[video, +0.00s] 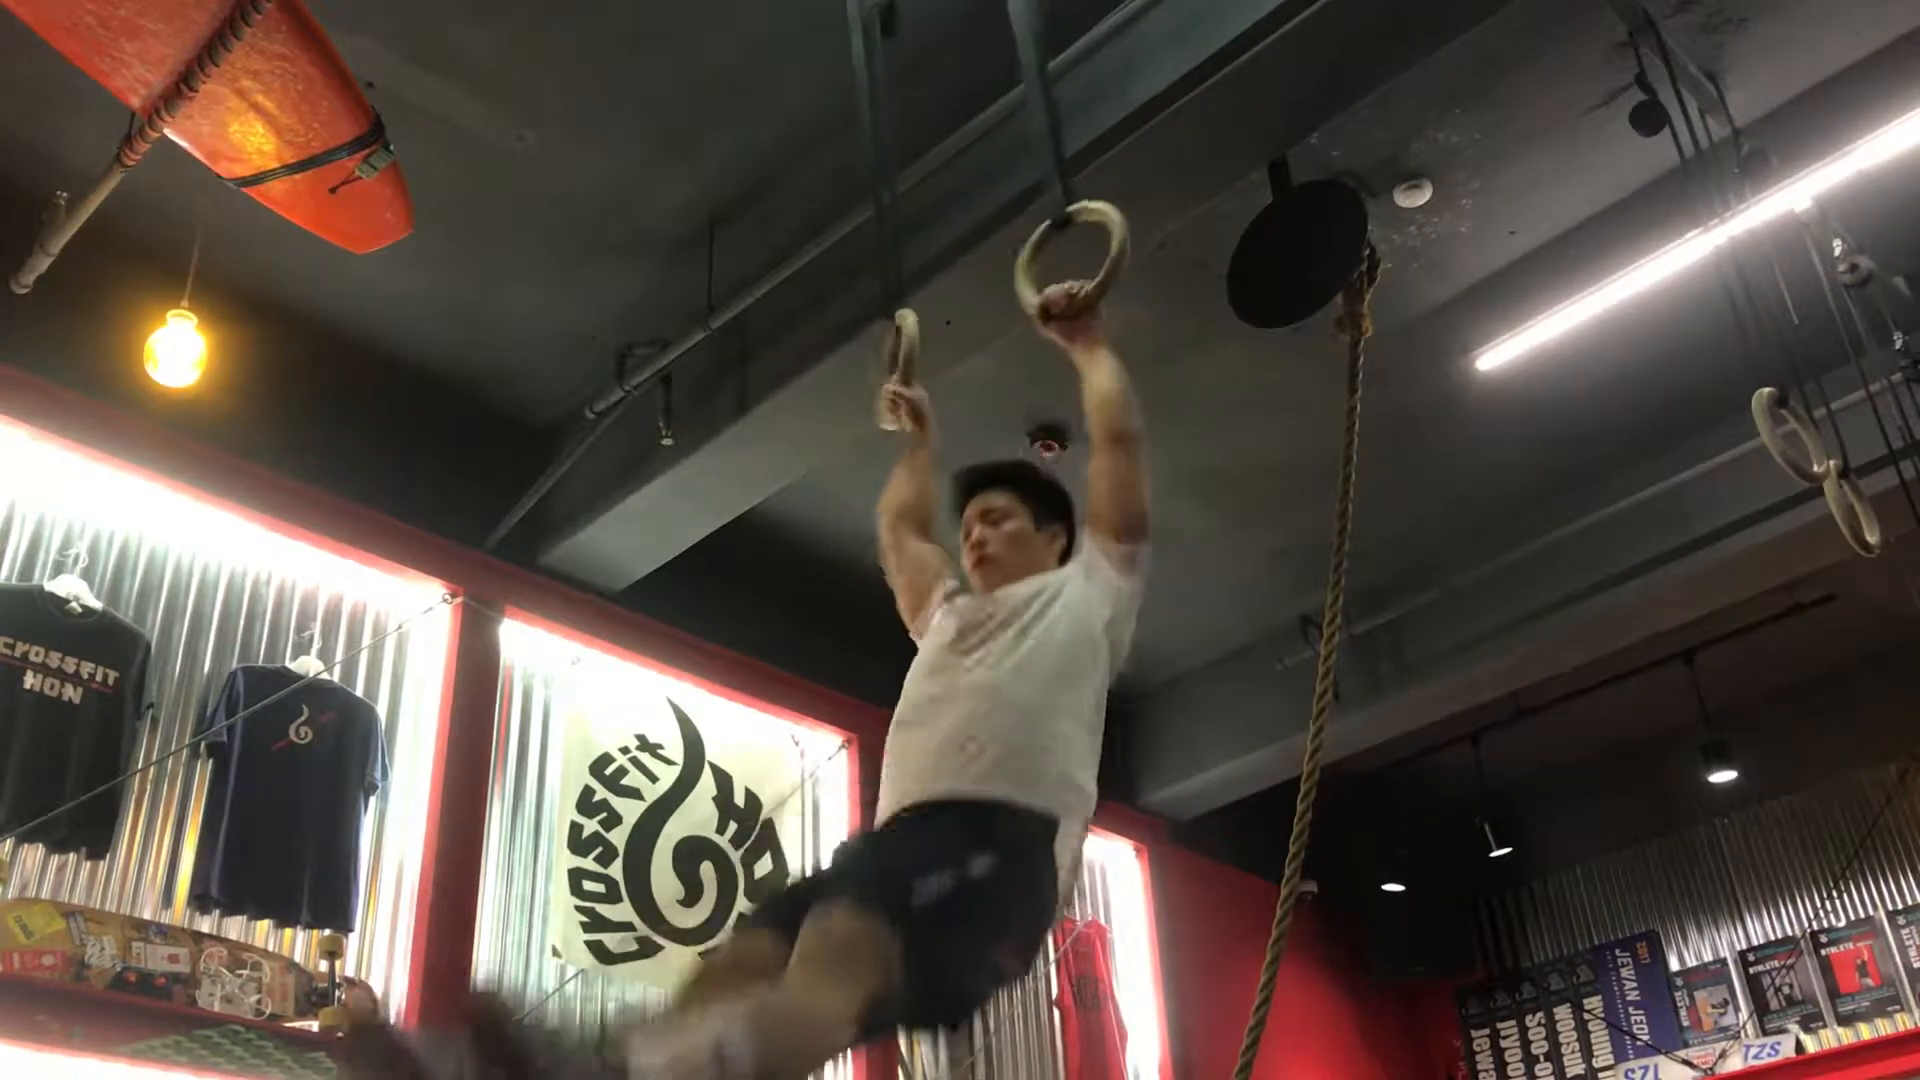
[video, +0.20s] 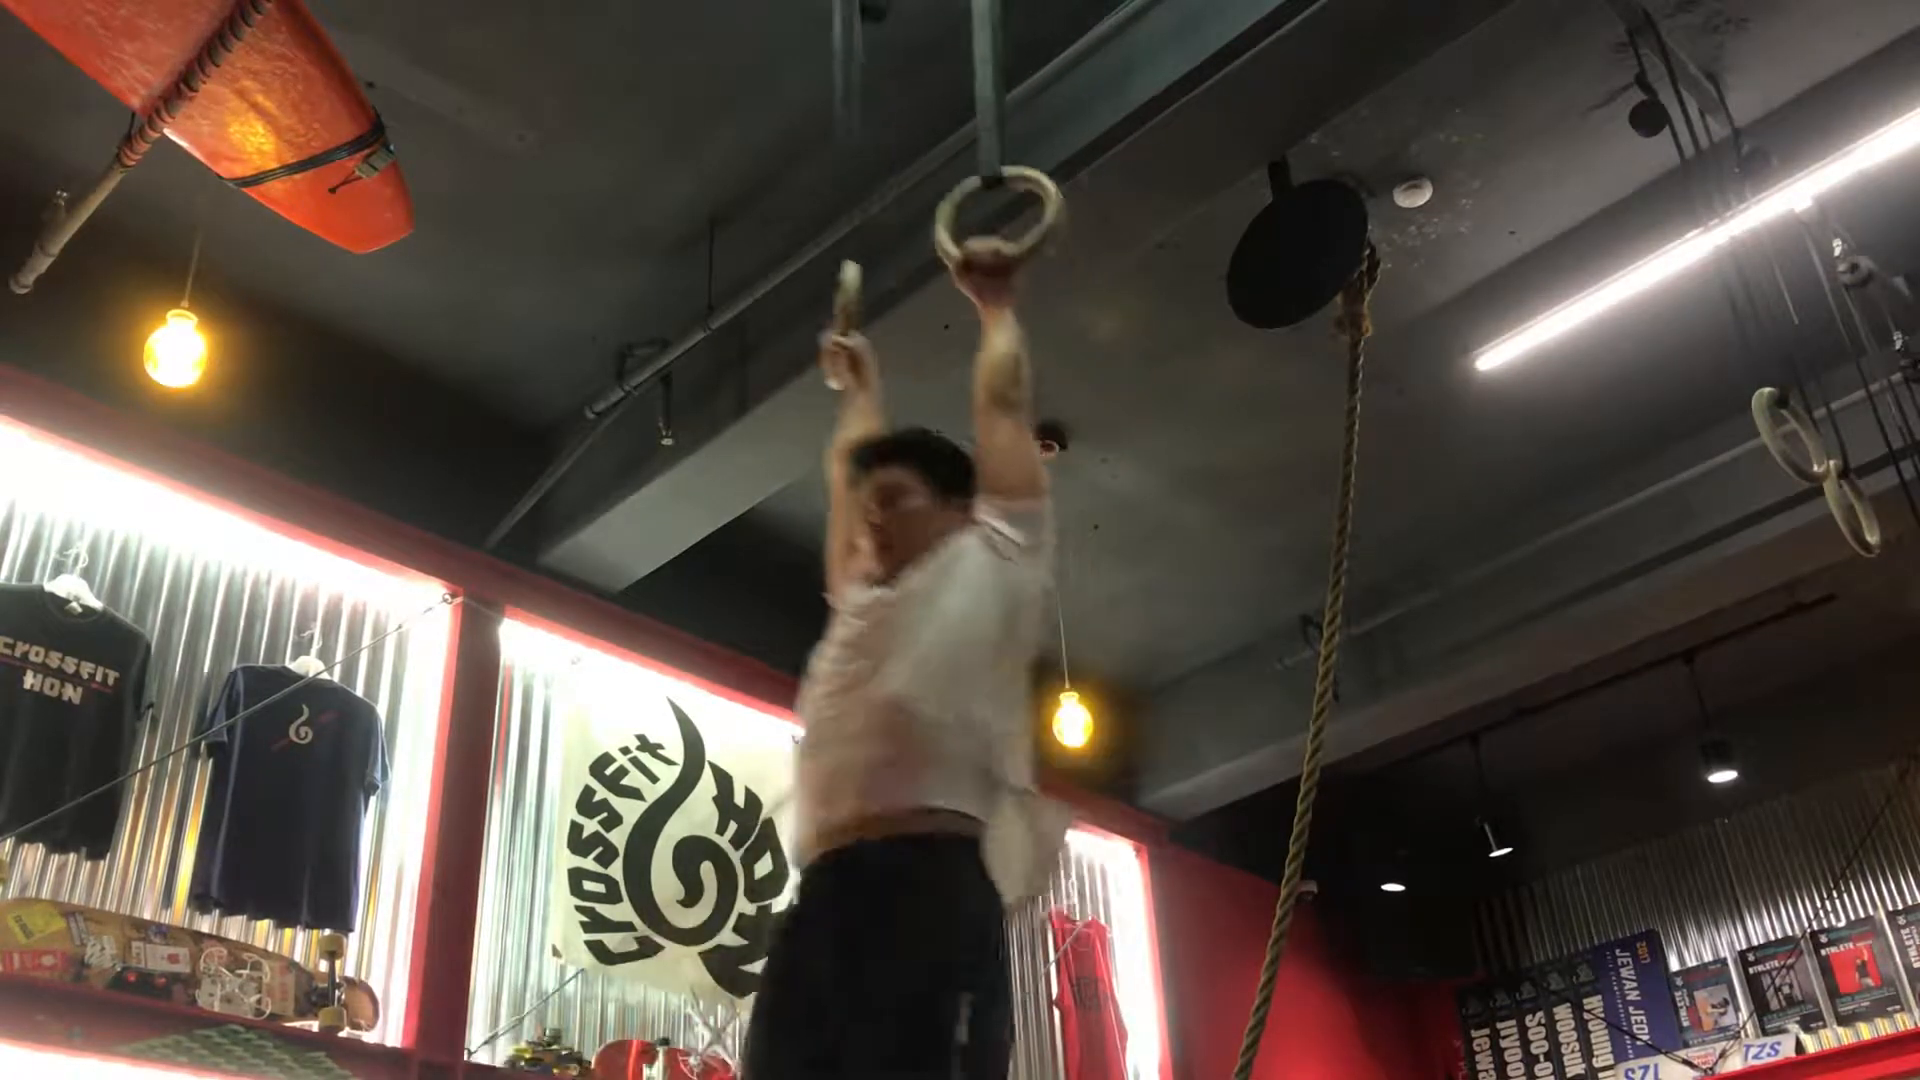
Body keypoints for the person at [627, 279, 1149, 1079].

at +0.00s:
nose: (976, 533)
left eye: (997, 518)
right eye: (969, 527)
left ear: (1055, 535)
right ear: (962, 551)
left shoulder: (1091, 593)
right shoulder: (944, 618)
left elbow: (1117, 438)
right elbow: (902, 531)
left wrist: (1089, 346)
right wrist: (916, 439)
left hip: (996, 843)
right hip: (887, 845)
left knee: (843, 945)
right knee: (736, 960)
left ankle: (697, 1059)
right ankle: (604, 1059)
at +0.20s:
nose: (880, 516)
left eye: (898, 498)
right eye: (868, 505)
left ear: (952, 504)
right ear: (861, 523)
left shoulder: (997, 561)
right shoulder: (857, 602)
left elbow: (1001, 405)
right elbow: (850, 493)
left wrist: (997, 306)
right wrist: (856, 392)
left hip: (931, 886)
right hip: (826, 897)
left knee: (924, 1064)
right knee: (780, 1064)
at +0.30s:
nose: (798, 471)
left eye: (818, 452)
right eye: (791, 459)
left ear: (881, 457)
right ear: (789, 480)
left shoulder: (925, 523)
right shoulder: (792, 570)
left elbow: (931, 369)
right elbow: (787, 478)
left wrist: (934, 268)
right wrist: (815, 360)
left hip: (889, 876)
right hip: (781, 893)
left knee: (933, 1062)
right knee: (778, 1065)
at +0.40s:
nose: (739, 429)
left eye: (759, 411)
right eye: (732, 417)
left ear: (825, 417)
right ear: (735, 437)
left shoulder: (867, 488)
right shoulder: (741, 543)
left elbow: (881, 330)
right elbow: (751, 447)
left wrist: (887, 223)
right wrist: (778, 340)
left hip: (876, 852)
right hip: (766, 888)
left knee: (1036, 1062)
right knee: (792, 1067)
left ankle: (1185, 1054)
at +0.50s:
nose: (715, 392)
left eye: (742, 377)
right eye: (708, 382)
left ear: (799, 401)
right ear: (706, 423)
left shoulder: (847, 467)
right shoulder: (714, 521)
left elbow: (854, 303)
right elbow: (720, 422)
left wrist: (862, 193)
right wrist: (745, 308)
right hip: (775, 891)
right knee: (820, 1068)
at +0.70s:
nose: (776, 402)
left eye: (801, 401)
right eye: (771, 398)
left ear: (834, 431)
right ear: (750, 438)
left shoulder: (857, 483)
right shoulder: (719, 515)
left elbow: (862, 316)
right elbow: (715, 398)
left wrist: (868, 208)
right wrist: (735, 311)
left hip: (900, 854)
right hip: (788, 901)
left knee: (1166, 1031)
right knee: (859, 1070)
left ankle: (1141, 840)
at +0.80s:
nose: (826, 450)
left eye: (846, 445)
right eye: (823, 442)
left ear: (870, 471)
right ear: (795, 469)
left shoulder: (881, 523)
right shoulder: (745, 541)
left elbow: (895, 351)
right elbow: (751, 417)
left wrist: (905, 249)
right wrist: (766, 334)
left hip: (905, 899)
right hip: (791, 937)